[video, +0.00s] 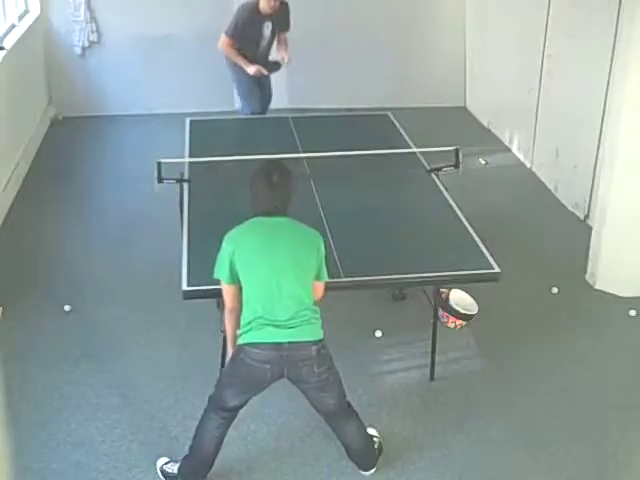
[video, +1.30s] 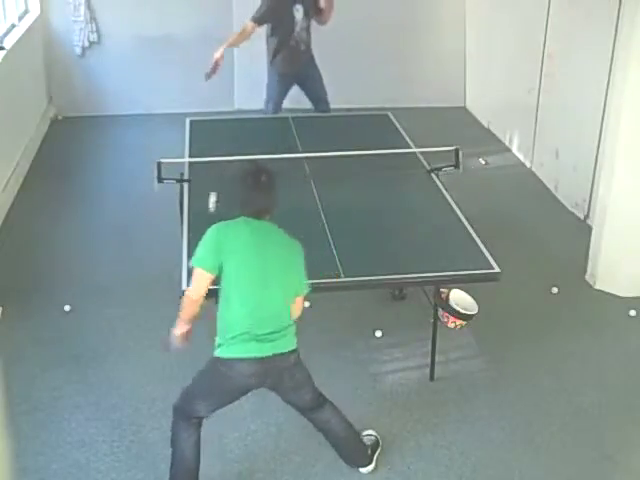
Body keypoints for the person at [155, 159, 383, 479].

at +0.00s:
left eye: (258, 192)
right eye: (283, 191)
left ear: (254, 196)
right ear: (288, 196)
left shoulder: (235, 238)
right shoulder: (312, 237)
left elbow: (231, 307)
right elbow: (317, 293)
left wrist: (231, 353)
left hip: (255, 353)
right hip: (308, 350)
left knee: (220, 411)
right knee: (338, 411)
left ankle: (188, 472)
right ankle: (367, 458)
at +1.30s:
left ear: (238, 197)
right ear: (272, 200)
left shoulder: (220, 234)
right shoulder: (291, 245)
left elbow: (196, 293)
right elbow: (296, 310)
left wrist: (182, 326)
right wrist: (266, 321)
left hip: (236, 364)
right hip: (285, 360)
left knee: (187, 414)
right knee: (317, 406)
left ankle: (183, 476)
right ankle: (364, 459)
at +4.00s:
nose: (132, 286)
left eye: (132, 277)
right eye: (133, 279)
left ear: (78, 274)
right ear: (124, 290)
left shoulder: (42, 309)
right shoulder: (117, 355)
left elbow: (3, 355)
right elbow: (99, 443)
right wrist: (156, 438)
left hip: (16, 455)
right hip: (68, 470)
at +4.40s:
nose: (211, 164)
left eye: (209, 157)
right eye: (205, 158)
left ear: (183, 167)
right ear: (184, 167)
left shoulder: (186, 195)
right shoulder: (153, 210)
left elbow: (234, 211)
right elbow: (208, 252)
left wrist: (279, 192)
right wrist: (257, 211)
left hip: (145, 298)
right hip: (110, 304)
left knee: (175, 349)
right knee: (99, 387)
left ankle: (176, 411)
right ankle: (71, 466)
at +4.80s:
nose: (195, 156)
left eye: (195, 149)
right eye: (192, 149)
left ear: (161, 148)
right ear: (173, 151)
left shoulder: (139, 177)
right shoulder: (158, 182)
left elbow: (117, 224)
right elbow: (165, 214)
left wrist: (163, 234)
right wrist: (204, 239)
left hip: (141, 295)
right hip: (130, 301)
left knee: (163, 344)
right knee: (126, 380)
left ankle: (150, 414)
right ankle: (80, 459)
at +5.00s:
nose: (188, 150)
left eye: (187, 143)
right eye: (186, 144)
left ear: (145, 145)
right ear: (176, 147)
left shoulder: (127, 181)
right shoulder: (184, 178)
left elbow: (89, 233)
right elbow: (227, 212)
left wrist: (46, 272)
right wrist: (258, 257)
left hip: (132, 289)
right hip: (160, 301)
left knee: (162, 355)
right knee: (155, 380)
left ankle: (151, 413)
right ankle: (104, 456)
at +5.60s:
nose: (249, 161)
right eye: (251, 156)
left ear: (216, 160)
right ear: (251, 161)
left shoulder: (196, 201)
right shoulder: (268, 204)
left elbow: (166, 256)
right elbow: (287, 258)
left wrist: (140, 305)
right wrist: (306, 277)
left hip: (201, 316)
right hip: (247, 320)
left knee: (182, 378)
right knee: (283, 389)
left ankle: (157, 432)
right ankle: (307, 465)